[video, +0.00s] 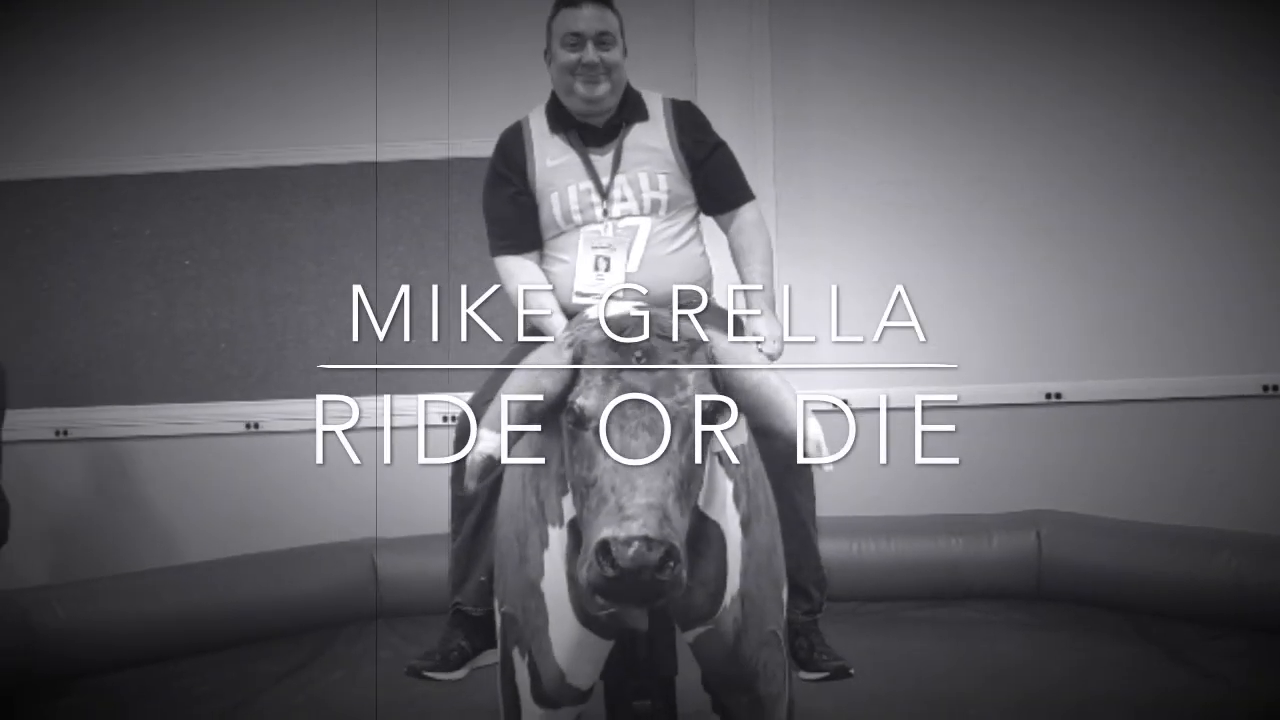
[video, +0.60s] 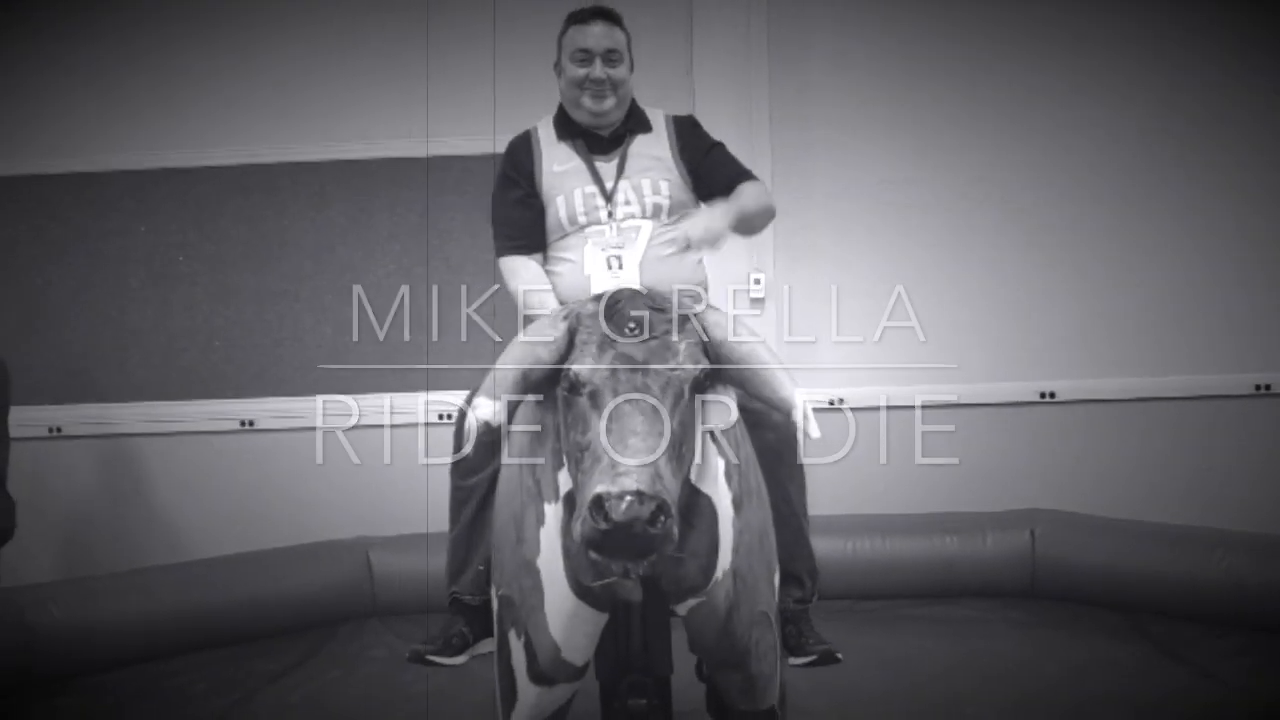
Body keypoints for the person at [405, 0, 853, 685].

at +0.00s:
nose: (590, 57)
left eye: (604, 43)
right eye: (573, 44)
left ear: (625, 51)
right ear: (549, 57)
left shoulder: (678, 121)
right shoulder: (522, 144)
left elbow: (742, 215)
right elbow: (513, 255)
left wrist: (758, 308)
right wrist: (559, 329)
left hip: (687, 319)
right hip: (575, 326)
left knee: (787, 427)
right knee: (478, 445)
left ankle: (801, 619)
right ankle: (474, 620)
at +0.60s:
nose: (598, 72)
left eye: (612, 58)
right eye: (582, 59)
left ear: (632, 68)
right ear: (558, 69)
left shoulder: (678, 136)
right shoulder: (531, 151)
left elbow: (760, 199)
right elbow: (516, 252)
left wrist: (718, 216)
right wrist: (547, 314)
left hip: (679, 307)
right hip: (571, 314)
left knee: (777, 411)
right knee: (480, 421)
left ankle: (794, 606)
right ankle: (471, 608)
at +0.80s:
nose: (604, 80)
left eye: (618, 66)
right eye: (588, 66)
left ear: (638, 74)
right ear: (564, 74)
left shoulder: (679, 141)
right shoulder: (535, 153)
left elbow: (769, 170)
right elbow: (520, 256)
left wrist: (726, 121)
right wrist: (560, 322)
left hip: (683, 311)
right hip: (575, 316)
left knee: (775, 410)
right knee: (480, 418)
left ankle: (792, 599)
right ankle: (472, 602)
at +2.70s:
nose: (567, 68)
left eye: (581, 50)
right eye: (550, 51)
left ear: (597, 47)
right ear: (518, 51)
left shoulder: (637, 102)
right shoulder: (484, 139)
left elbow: (724, 64)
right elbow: (487, 262)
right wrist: (524, 351)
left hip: (642, 320)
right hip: (527, 326)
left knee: (730, 452)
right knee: (436, 438)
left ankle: (738, 646)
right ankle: (425, 631)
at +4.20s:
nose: (504, 30)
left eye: (514, 14)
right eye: (479, 22)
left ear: (538, 29)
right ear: (455, 59)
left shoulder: (614, 105)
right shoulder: (461, 173)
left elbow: (700, 182)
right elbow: (482, 321)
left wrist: (796, 232)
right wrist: (520, 435)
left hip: (662, 383)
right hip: (528, 389)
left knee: (738, 559)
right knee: (424, 534)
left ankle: (750, 702)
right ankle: (416, 704)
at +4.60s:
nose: (495, 74)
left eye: (507, 52)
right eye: (469, 64)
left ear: (538, 66)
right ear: (448, 98)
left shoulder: (619, 127)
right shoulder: (448, 208)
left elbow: (707, 220)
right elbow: (473, 357)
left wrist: (726, 328)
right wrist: (514, 476)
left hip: (658, 419)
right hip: (518, 429)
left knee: (736, 599)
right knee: (413, 572)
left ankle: (749, 718)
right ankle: (409, 715)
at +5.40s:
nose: (539, 154)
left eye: (550, 135)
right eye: (517, 141)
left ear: (569, 144)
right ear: (489, 160)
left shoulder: (628, 207)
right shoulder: (467, 246)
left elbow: (701, 305)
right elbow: (465, 375)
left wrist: (649, 405)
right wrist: (515, 460)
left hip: (645, 432)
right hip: (521, 441)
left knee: (731, 576)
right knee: (420, 554)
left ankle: (754, 710)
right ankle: (412, 708)